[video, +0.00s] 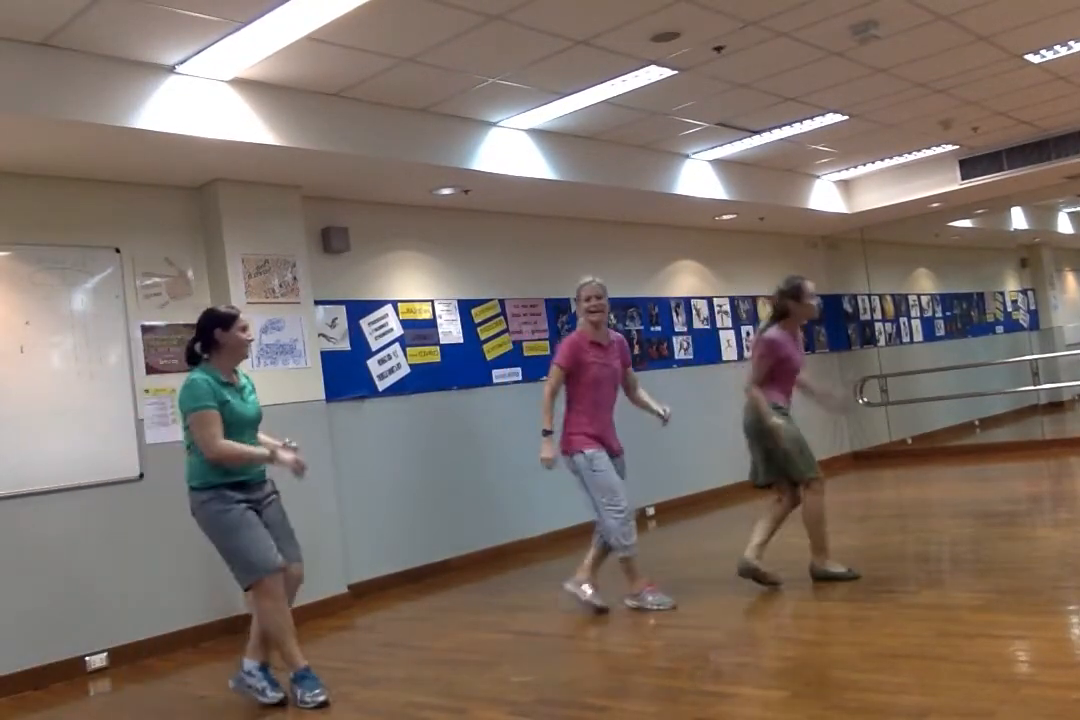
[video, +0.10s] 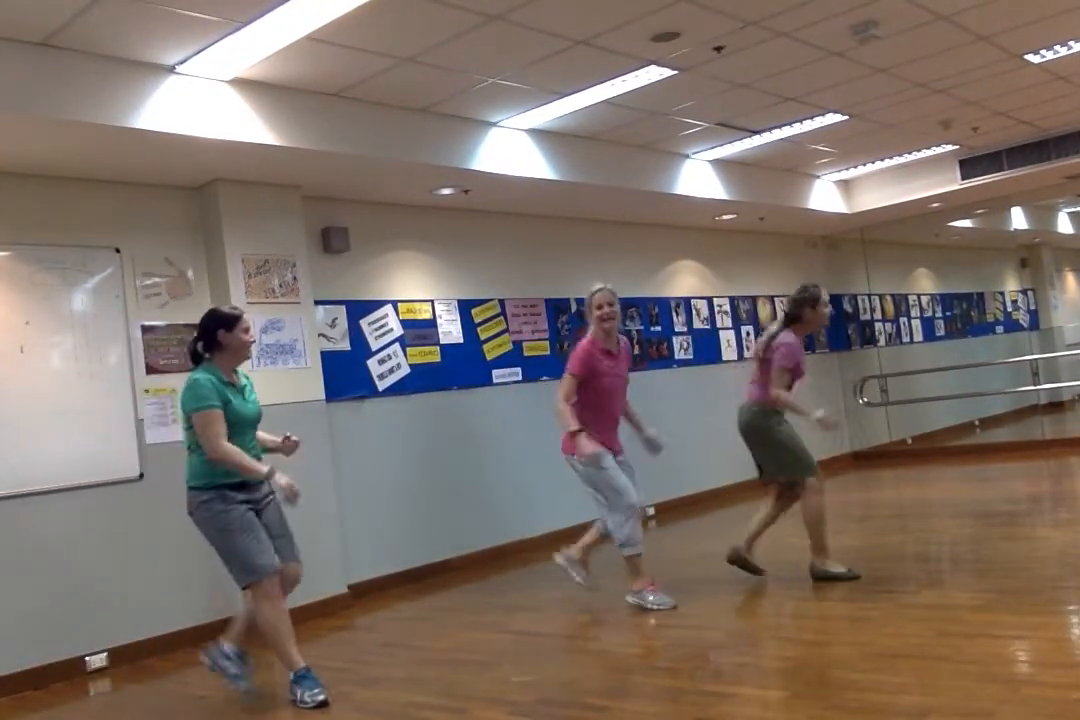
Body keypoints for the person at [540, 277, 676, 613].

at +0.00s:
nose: (594, 304)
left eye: (598, 298)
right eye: (587, 300)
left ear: (608, 303)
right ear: (578, 307)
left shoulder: (618, 343)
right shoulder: (573, 344)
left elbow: (632, 388)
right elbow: (550, 390)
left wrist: (656, 408)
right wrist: (547, 438)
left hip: (609, 438)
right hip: (580, 440)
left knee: (614, 511)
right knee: (617, 508)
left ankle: (582, 579)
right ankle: (636, 588)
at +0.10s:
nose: (607, 311)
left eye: (611, 305)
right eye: (600, 307)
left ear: (619, 309)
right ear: (590, 314)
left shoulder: (623, 347)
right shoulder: (585, 350)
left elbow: (619, 397)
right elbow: (563, 401)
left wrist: (643, 431)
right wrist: (580, 436)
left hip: (612, 442)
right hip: (586, 444)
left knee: (626, 508)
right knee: (627, 503)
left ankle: (576, 553)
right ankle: (640, 584)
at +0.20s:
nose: (609, 319)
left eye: (614, 312)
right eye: (602, 315)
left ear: (621, 316)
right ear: (593, 321)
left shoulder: (621, 349)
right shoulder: (591, 358)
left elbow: (611, 392)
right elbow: (577, 411)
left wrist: (617, 422)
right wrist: (605, 423)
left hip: (606, 442)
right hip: (585, 446)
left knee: (620, 507)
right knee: (633, 503)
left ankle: (565, 543)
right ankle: (640, 585)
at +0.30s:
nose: (608, 325)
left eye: (612, 319)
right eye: (600, 321)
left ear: (619, 321)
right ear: (590, 327)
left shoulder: (611, 350)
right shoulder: (592, 361)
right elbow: (592, 407)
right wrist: (611, 409)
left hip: (602, 445)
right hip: (586, 448)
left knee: (602, 513)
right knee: (632, 499)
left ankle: (566, 553)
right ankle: (640, 583)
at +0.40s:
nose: (600, 330)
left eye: (604, 324)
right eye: (593, 326)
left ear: (610, 325)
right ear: (582, 330)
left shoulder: (599, 353)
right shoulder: (584, 360)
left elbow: (567, 360)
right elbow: (586, 402)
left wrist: (546, 368)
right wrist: (601, 399)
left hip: (588, 445)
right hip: (580, 448)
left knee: (586, 511)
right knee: (624, 503)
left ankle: (566, 564)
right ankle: (641, 585)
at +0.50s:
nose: (594, 333)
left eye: (598, 327)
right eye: (588, 329)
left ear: (602, 328)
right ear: (574, 332)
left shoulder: (589, 359)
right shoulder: (568, 363)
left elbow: (553, 371)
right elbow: (569, 405)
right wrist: (588, 400)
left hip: (580, 446)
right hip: (562, 448)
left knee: (577, 510)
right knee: (596, 507)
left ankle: (562, 570)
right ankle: (629, 580)